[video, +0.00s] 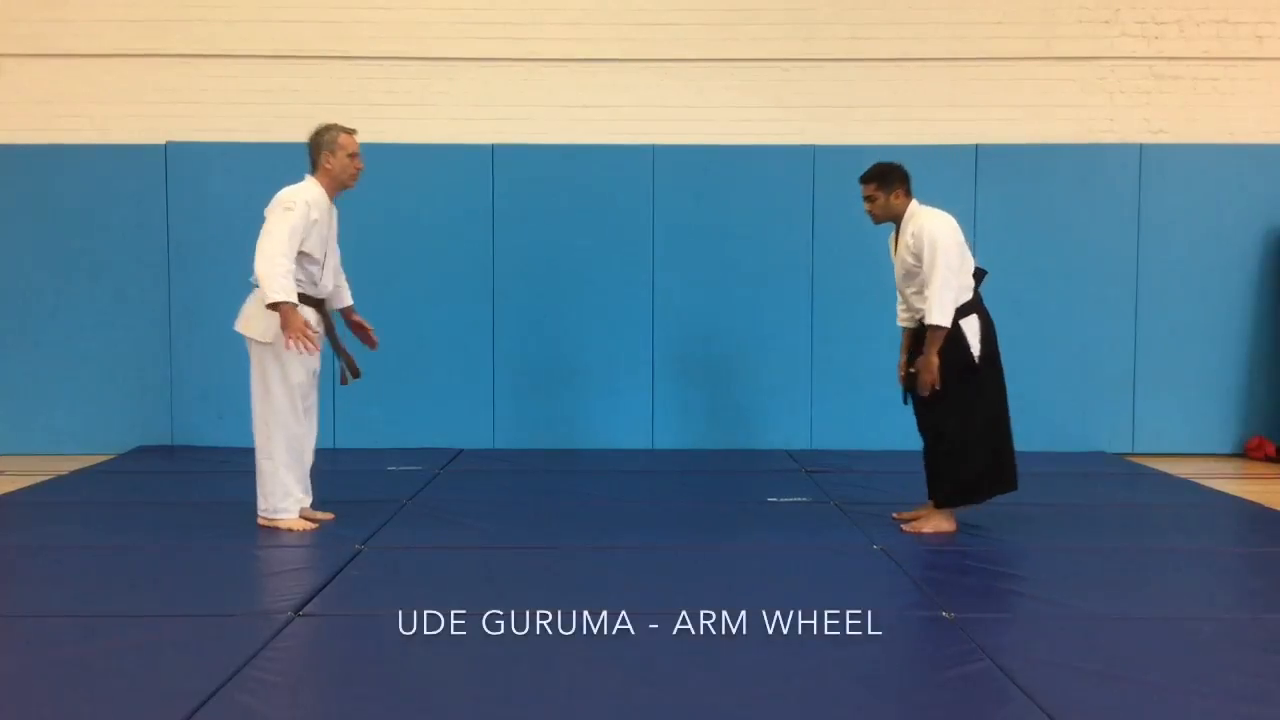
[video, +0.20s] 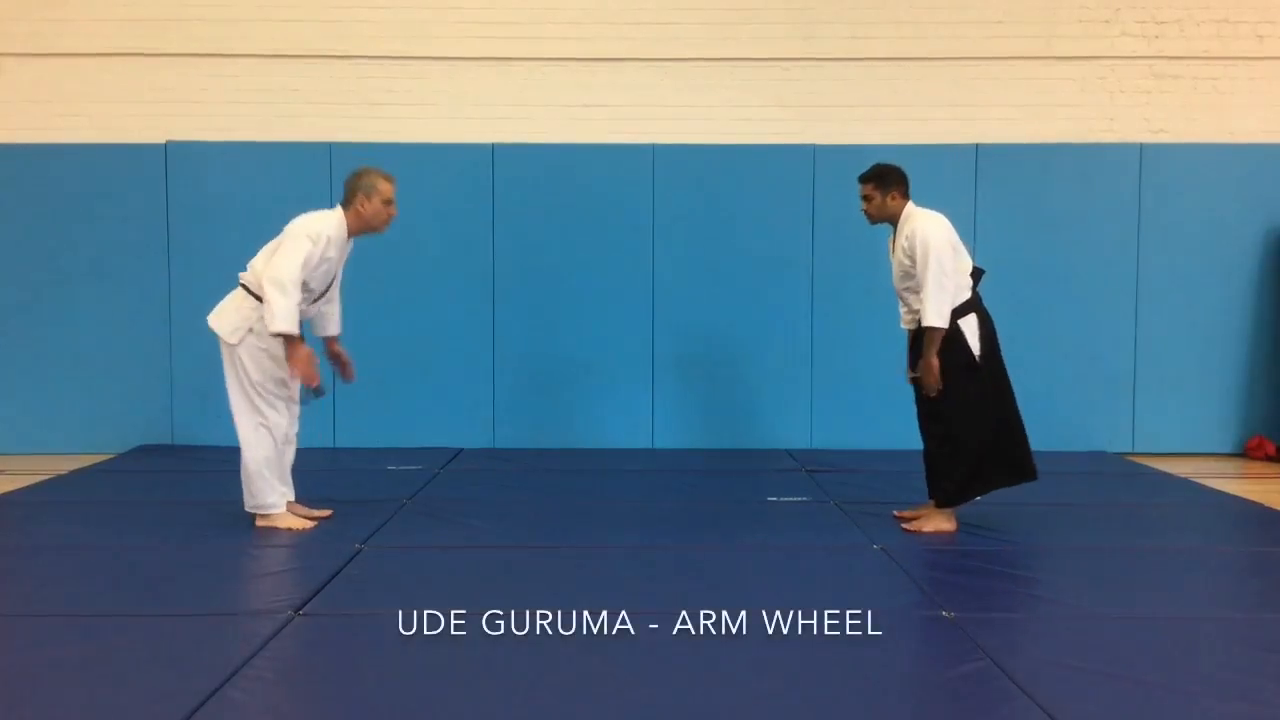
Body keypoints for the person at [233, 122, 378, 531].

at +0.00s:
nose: (360, 164)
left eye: (359, 156)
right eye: (352, 156)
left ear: (335, 161)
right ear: (327, 160)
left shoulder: (325, 207)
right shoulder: (297, 201)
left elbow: (330, 269)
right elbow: (272, 256)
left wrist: (349, 314)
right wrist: (288, 311)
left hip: (306, 318)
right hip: (281, 318)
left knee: (300, 412)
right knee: (280, 413)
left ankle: (295, 502)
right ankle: (274, 508)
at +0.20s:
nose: (394, 213)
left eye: (394, 204)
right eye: (388, 204)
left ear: (364, 204)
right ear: (361, 203)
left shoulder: (339, 239)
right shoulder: (314, 229)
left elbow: (325, 294)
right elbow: (280, 281)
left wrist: (332, 343)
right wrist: (293, 346)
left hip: (279, 324)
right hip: (252, 323)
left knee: (286, 412)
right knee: (266, 415)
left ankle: (283, 500)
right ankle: (267, 509)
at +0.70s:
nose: (379, 186)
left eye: (380, 177)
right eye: (373, 177)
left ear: (355, 178)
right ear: (346, 177)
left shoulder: (367, 221)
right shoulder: (310, 217)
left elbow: (391, 277)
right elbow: (344, 273)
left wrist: (423, 262)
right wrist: (401, 254)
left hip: (340, 330)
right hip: (299, 327)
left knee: (377, 406)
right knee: (304, 420)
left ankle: (332, 481)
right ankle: (295, 509)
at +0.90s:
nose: (412, 189)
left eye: (413, 181)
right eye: (406, 181)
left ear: (391, 182)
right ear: (379, 180)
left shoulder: (409, 226)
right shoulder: (336, 218)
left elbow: (443, 262)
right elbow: (333, 264)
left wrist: (456, 228)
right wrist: (381, 239)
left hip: (378, 334)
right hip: (334, 331)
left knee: (421, 405)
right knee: (329, 421)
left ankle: (451, 491)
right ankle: (300, 510)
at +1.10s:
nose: (472, 189)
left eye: (473, 181)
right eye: (466, 181)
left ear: (454, 182)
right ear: (440, 180)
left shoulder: (464, 227)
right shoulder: (397, 217)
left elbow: (489, 256)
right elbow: (342, 250)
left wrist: (510, 218)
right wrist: (393, 239)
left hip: (448, 339)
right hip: (406, 335)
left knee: (488, 404)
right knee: (376, 424)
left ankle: (483, 495)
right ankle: (312, 500)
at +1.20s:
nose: (493, 188)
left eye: (494, 180)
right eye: (487, 180)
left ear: (476, 181)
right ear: (462, 180)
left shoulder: (481, 226)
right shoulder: (424, 217)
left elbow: (499, 262)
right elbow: (371, 252)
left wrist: (526, 231)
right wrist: (417, 241)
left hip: (476, 337)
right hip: (438, 333)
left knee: (505, 411)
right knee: (425, 427)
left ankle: (487, 499)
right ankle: (343, 483)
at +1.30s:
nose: (526, 192)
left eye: (527, 184)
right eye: (520, 183)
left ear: (509, 186)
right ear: (495, 184)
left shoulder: (503, 231)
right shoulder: (466, 221)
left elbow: (511, 282)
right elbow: (425, 266)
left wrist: (553, 269)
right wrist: (469, 243)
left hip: (505, 337)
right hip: (474, 337)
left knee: (524, 417)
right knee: (506, 426)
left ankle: (491, 499)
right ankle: (435, 469)